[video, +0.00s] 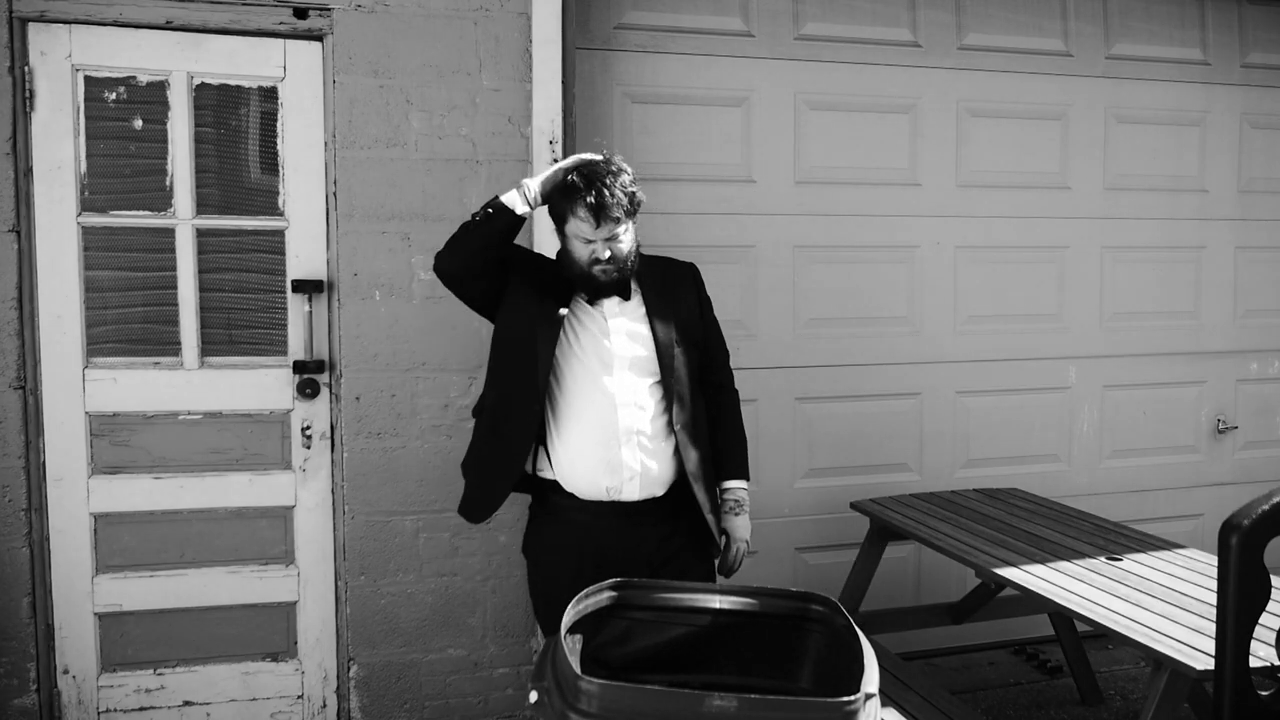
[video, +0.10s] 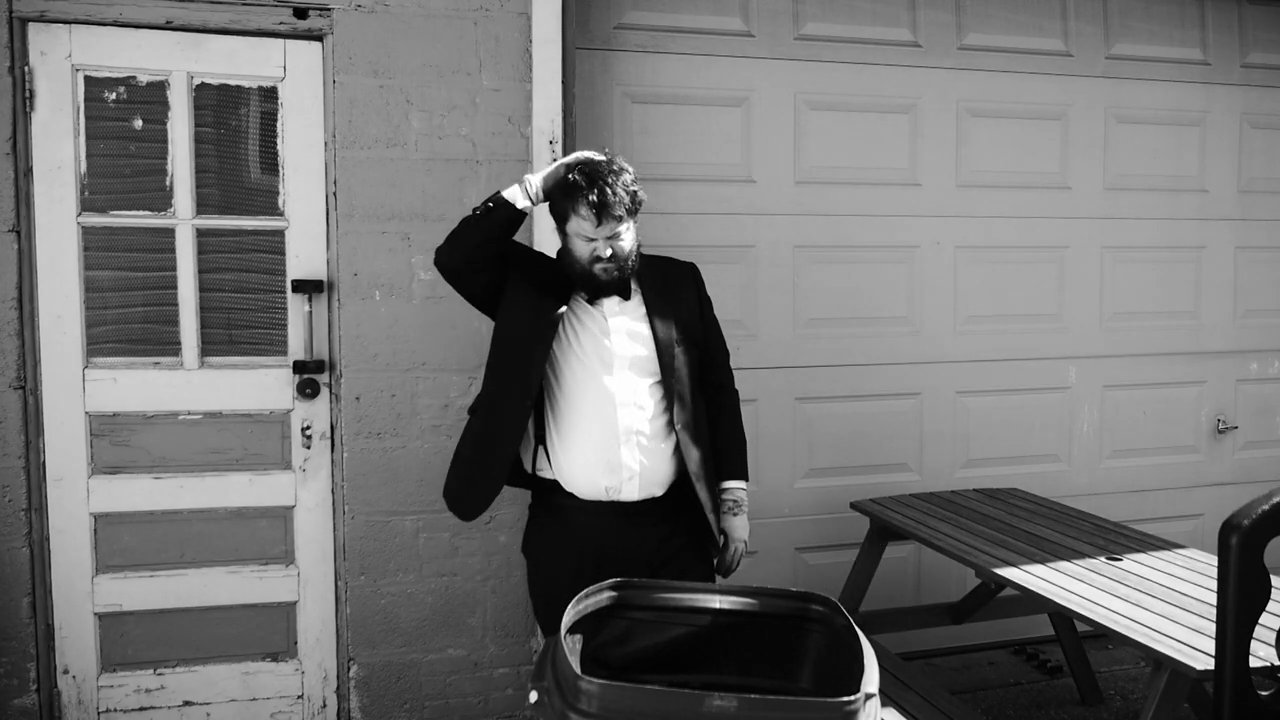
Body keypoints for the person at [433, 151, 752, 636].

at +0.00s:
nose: (602, 252)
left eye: (615, 236)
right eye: (585, 239)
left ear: (634, 224)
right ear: (558, 235)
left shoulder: (678, 285)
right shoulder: (530, 287)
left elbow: (718, 391)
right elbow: (455, 264)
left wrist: (735, 499)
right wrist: (533, 191)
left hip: (672, 523)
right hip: (568, 526)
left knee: (677, 688)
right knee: (578, 687)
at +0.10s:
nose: (605, 250)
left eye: (617, 233)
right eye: (587, 237)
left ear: (635, 223)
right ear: (559, 233)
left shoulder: (679, 285)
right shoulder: (532, 287)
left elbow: (718, 391)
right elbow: (456, 257)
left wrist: (734, 499)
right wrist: (533, 189)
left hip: (671, 523)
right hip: (567, 526)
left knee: (676, 687)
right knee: (578, 685)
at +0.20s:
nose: (606, 249)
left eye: (618, 233)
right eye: (589, 236)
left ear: (636, 222)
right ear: (559, 234)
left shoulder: (679, 286)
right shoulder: (532, 285)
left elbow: (719, 393)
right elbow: (455, 258)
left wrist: (735, 500)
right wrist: (533, 189)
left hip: (670, 526)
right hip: (567, 528)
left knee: (676, 691)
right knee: (578, 688)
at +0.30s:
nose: (606, 250)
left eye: (618, 233)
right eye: (589, 236)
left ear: (636, 223)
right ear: (559, 233)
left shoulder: (679, 286)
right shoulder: (531, 286)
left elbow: (720, 393)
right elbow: (454, 259)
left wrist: (737, 500)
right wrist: (531, 189)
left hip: (670, 526)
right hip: (566, 528)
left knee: (674, 691)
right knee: (576, 687)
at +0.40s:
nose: (604, 250)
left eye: (616, 234)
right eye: (587, 237)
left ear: (634, 223)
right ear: (558, 233)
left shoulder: (679, 286)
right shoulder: (530, 286)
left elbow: (720, 393)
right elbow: (455, 257)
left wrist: (738, 500)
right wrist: (532, 188)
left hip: (671, 527)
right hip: (566, 529)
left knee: (676, 691)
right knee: (576, 689)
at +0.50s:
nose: (605, 250)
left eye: (616, 232)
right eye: (587, 238)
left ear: (634, 221)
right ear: (558, 235)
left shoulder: (679, 286)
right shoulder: (529, 287)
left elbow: (719, 392)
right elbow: (455, 258)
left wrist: (737, 499)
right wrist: (530, 188)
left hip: (670, 527)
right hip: (566, 529)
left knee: (675, 691)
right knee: (577, 689)